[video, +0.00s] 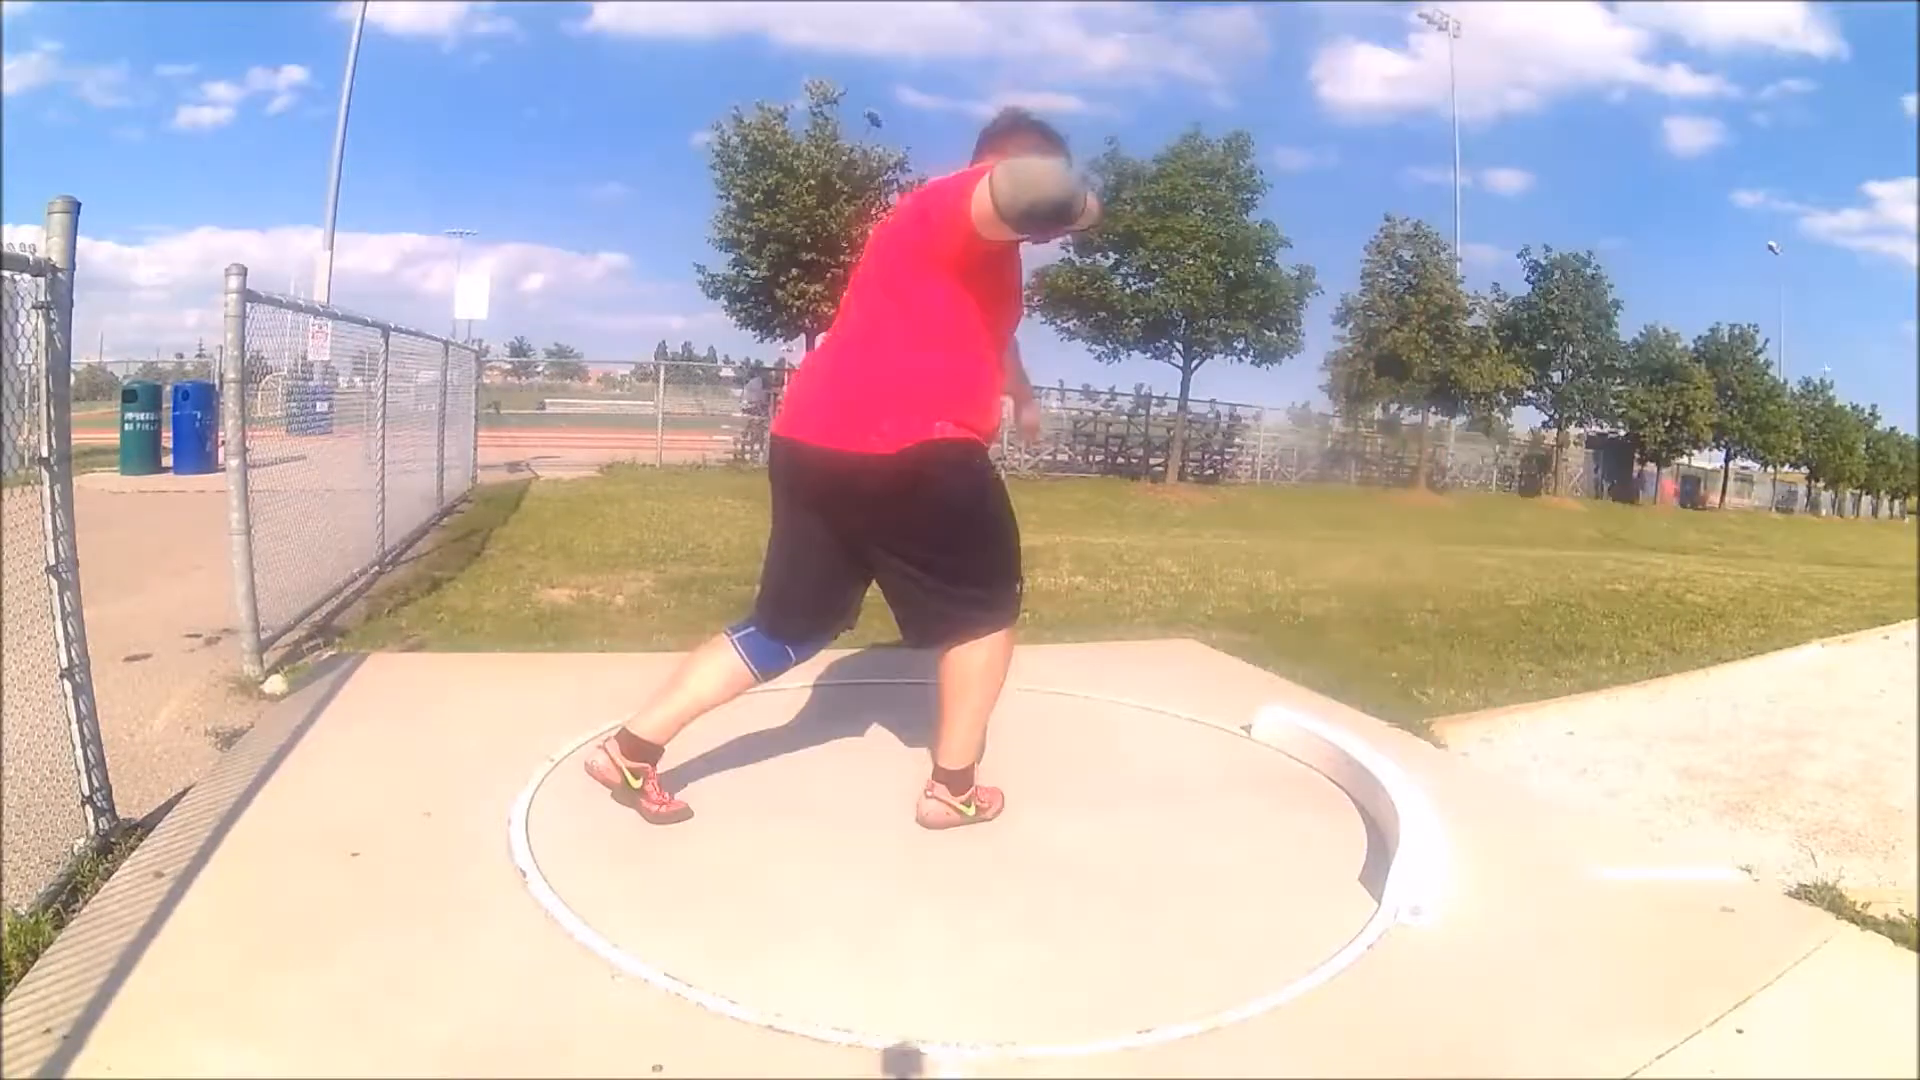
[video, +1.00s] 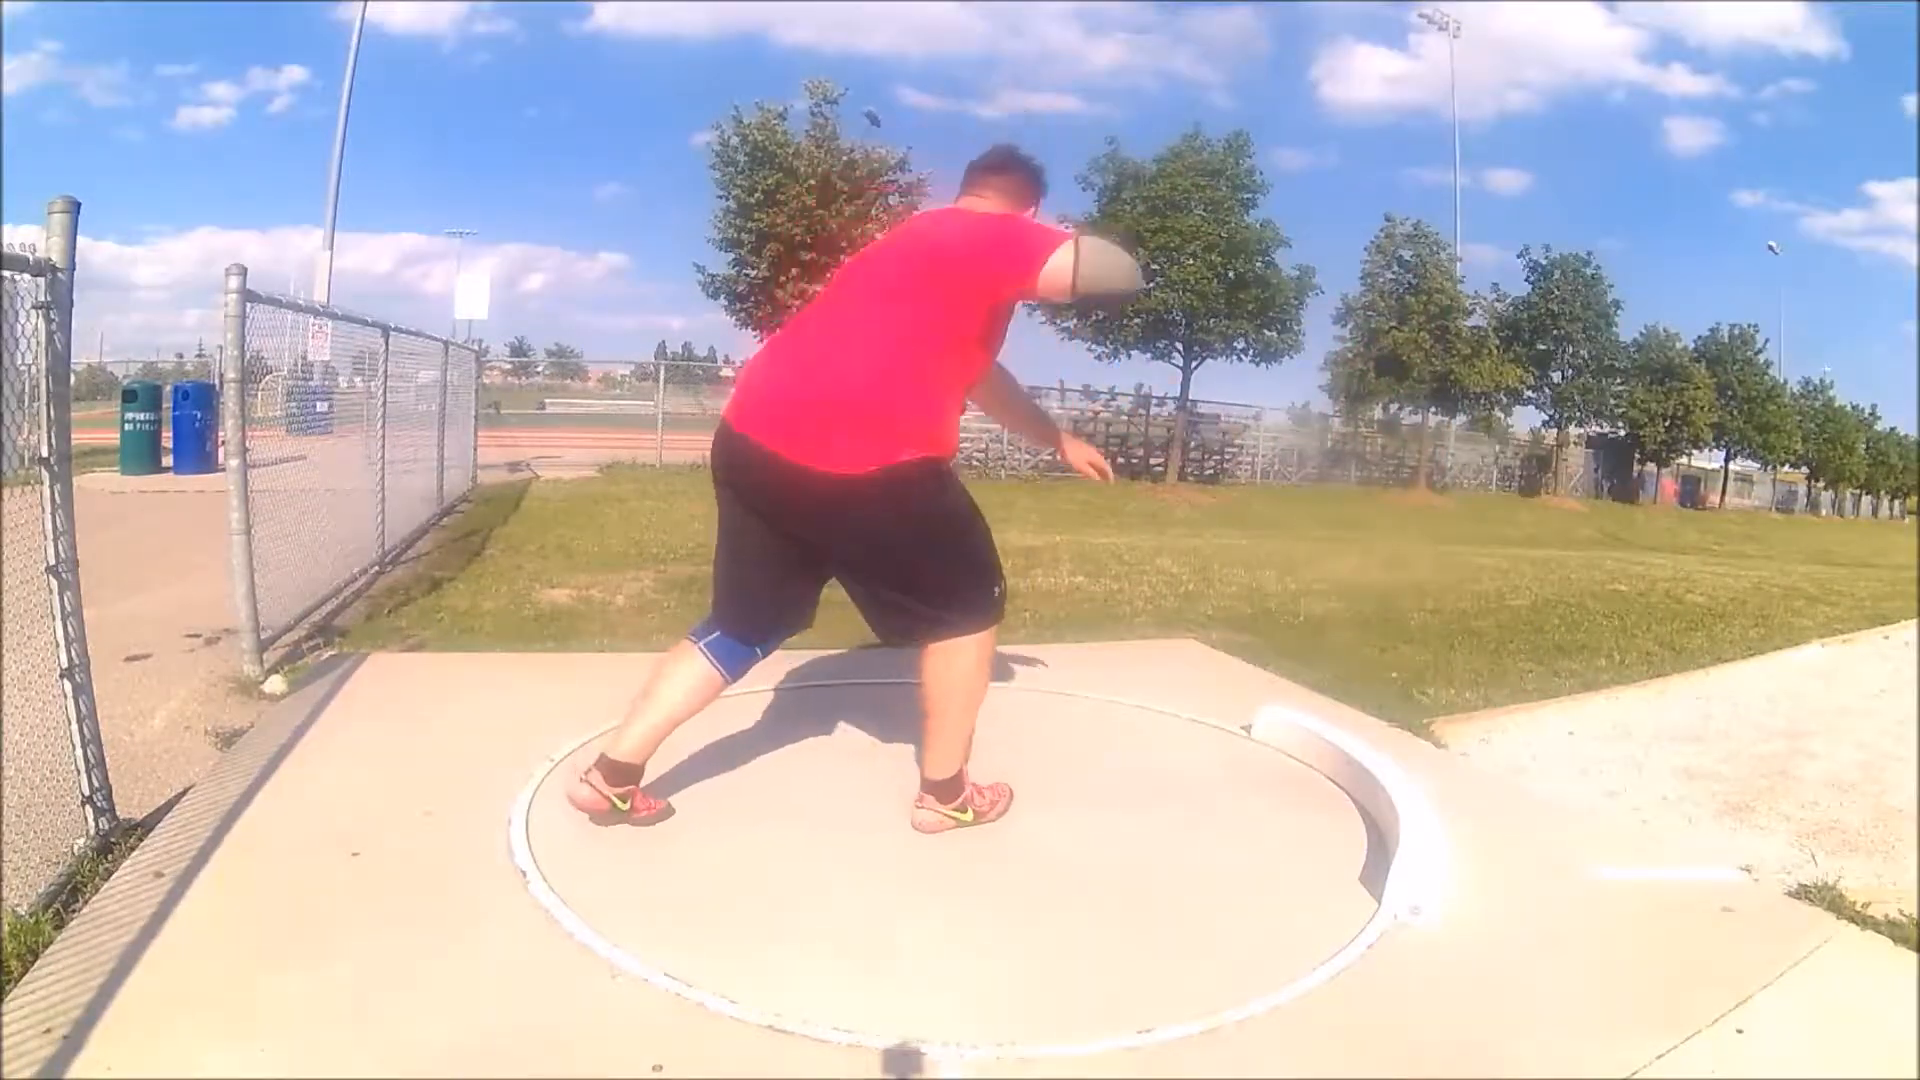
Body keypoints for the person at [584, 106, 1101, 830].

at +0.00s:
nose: (1043, 196)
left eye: (1047, 181)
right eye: (1039, 178)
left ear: (981, 157)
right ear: (1012, 161)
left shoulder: (909, 220)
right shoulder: (965, 197)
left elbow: (989, 332)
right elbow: (1034, 186)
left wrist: (1022, 395)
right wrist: (1082, 204)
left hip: (810, 440)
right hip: (921, 445)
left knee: (784, 627)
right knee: (984, 606)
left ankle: (632, 747)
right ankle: (953, 784)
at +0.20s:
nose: (1033, 192)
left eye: (1038, 179)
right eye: (1030, 176)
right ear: (990, 157)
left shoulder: (1001, 274)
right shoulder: (877, 211)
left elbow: (1093, 345)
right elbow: (908, 188)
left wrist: (1180, 404)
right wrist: (988, 191)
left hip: (790, 448)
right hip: (894, 449)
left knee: (784, 631)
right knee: (967, 607)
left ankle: (630, 741)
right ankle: (948, 786)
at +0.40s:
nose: (1025, 185)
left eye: (1027, 169)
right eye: (1019, 164)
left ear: (973, 159)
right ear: (972, 151)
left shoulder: (991, 259)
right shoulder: (856, 203)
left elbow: (1071, 327)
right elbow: (830, 160)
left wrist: (1095, 381)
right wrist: (958, 180)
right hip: (854, 436)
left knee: (772, 629)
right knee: (939, 601)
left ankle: (620, 744)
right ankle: (942, 788)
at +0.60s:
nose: (1023, 181)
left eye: (1026, 166)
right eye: (1017, 162)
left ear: (976, 153)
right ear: (967, 149)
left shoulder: (987, 254)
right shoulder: (853, 193)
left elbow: (1054, 335)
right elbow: (822, 155)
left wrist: (975, 360)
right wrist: (950, 183)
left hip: (762, 427)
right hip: (847, 431)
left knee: (757, 616)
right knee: (915, 602)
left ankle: (614, 746)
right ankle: (939, 788)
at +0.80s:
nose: (1021, 209)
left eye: (1026, 193)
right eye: (1021, 189)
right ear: (985, 172)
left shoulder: (984, 277)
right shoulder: (869, 202)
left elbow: (1042, 352)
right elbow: (910, 200)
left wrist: (1071, 405)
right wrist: (988, 212)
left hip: (748, 432)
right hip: (847, 440)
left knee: (753, 619)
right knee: (928, 601)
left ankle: (612, 753)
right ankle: (940, 788)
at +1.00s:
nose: (1035, 222)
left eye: (1026, 210)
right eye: (1034, 212)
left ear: (962, 192)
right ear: (1029, 208)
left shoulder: (908, 238)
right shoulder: (1006, 236)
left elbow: (981, 375)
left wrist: (1056, 439)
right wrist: (1063, 243)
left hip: (756, 442)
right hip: (879, 461)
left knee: (744, 622)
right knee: (966, 604)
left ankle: (613, 769)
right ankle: (944, 789)